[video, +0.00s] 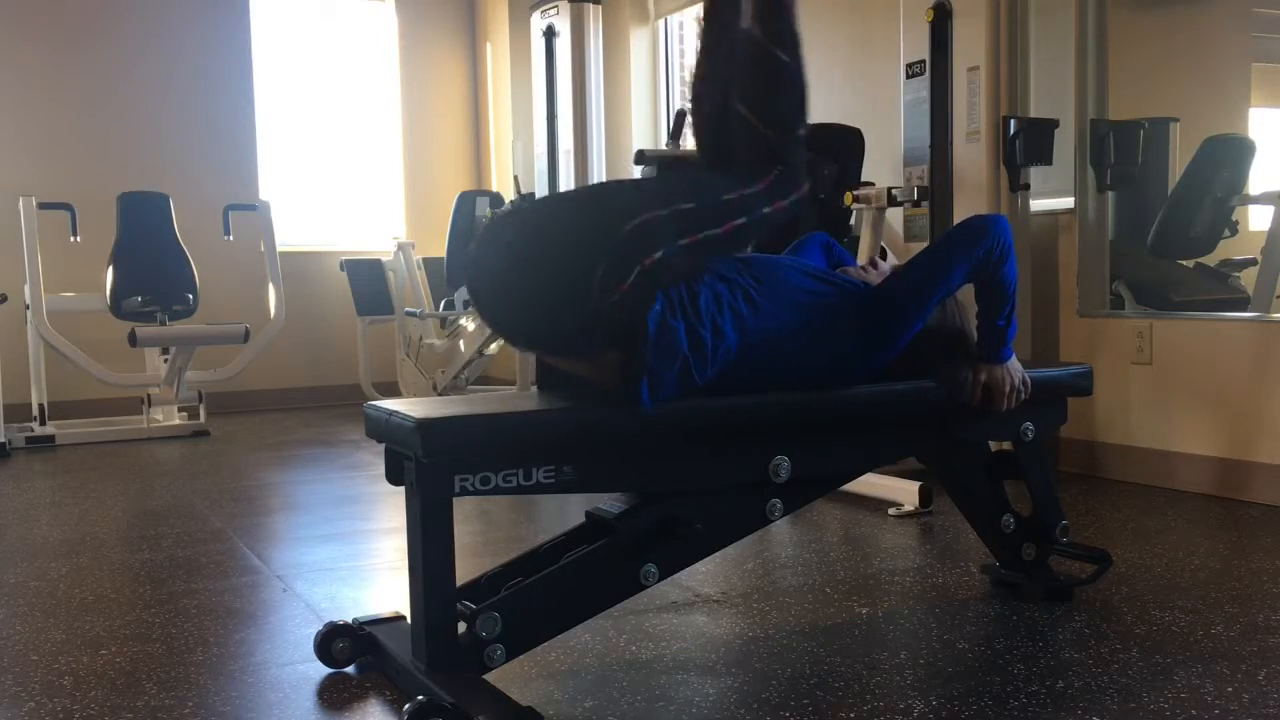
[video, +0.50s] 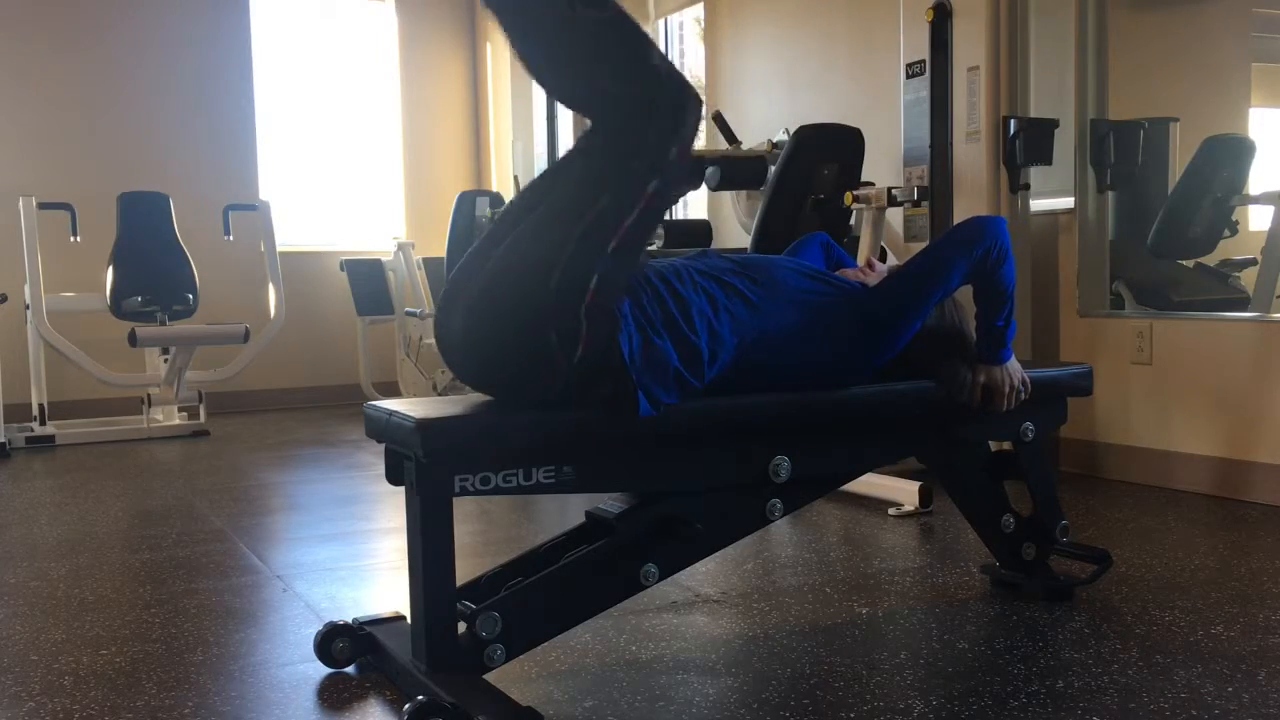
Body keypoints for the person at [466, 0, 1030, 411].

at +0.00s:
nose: (886, 258)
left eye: (898, 271)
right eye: (891, 258)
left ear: (908, 311)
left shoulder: (876, 332)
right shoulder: (827, 274)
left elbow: (987, 232)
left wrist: (1000, 350)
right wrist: (866, 271)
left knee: (784, 178)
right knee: (740, 174)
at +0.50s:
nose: (870, 261)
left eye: (885, 270)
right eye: (875, 260)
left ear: (891, 301)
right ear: (859, 273)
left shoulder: (871, 328)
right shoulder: (804, 281)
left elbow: (985, 233)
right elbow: (815, 235)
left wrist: (1000, 353)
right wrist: (869, 271)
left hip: (554, 345)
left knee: (665, 102)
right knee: (659, 109)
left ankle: (495, 4)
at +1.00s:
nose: (876, 251)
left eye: (894, 257)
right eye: (877, 246)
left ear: (904, 311)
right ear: (858, 266)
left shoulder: (856, 335)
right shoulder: (802, 285)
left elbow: (990, 233)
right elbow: (814, 165)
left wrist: (987, 353)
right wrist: (870, 247)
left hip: (530, 351)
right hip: (527, 316)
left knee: (484, 61)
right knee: (489, 50)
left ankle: (198, 72)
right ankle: (213, 48)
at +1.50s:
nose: (866, 245)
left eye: (886, 252)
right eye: (865, 239)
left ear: (894, 298)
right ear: (838, 253)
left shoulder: (851, 326)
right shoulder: (784, 278)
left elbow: (984, 232)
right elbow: (820, 169)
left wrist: (936, 309)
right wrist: (861, 244)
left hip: (543, 341)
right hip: (512, 298)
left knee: (262, 196)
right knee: (273, 182)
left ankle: (46, 363)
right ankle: (172, 277)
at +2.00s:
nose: (862, 242)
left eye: (872, 246)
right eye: (864, 236)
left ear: (878, 287)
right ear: (831, 259)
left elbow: (973, 226)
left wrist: (973, 352)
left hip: (554, 337)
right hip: (511, 307)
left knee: (228, 356)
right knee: (226, 353)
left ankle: (82, 623)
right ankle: (81, 617)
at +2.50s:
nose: (863, 244)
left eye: (881, 249)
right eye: (859, 237)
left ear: (890, 294)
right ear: (837, 254)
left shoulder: (853, 330)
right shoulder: (788, 285)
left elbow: (978, 230)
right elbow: (812, 180)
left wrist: (963, 338)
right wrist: (858, 241)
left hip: (538, 355)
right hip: (525, 327)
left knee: (429, 70)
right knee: (428, 70)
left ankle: (137, 57)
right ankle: (146, 46)